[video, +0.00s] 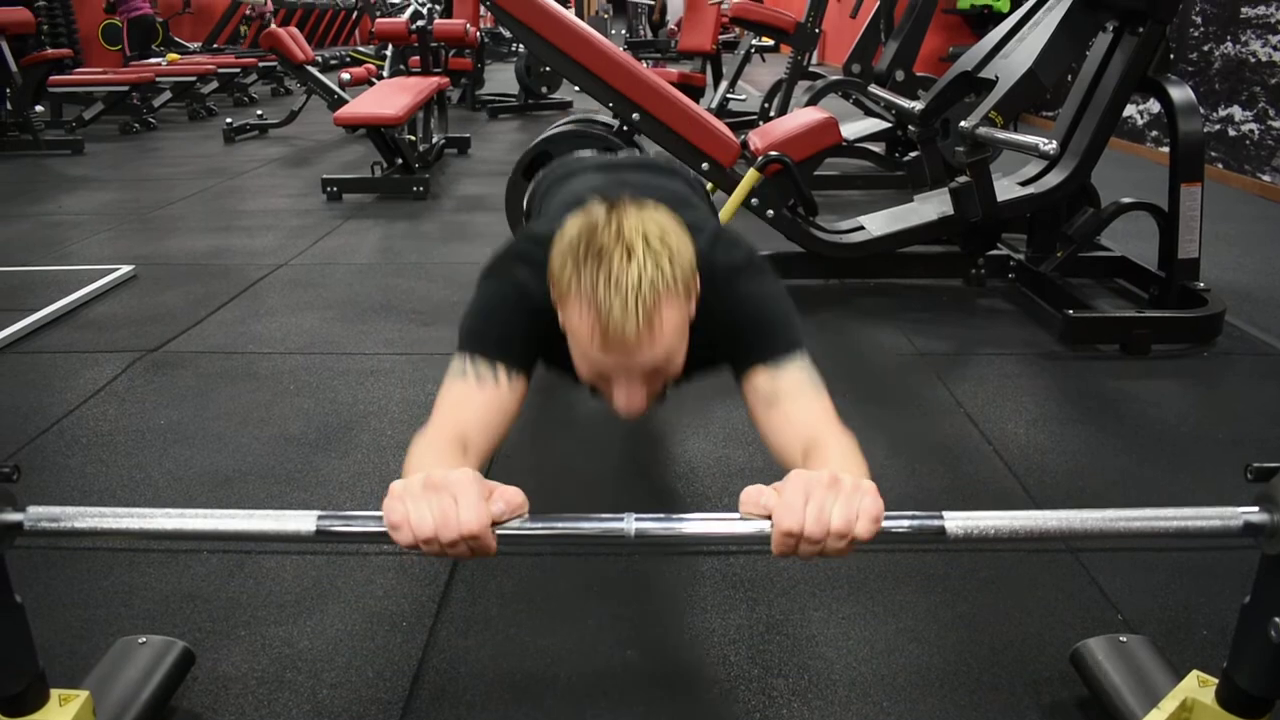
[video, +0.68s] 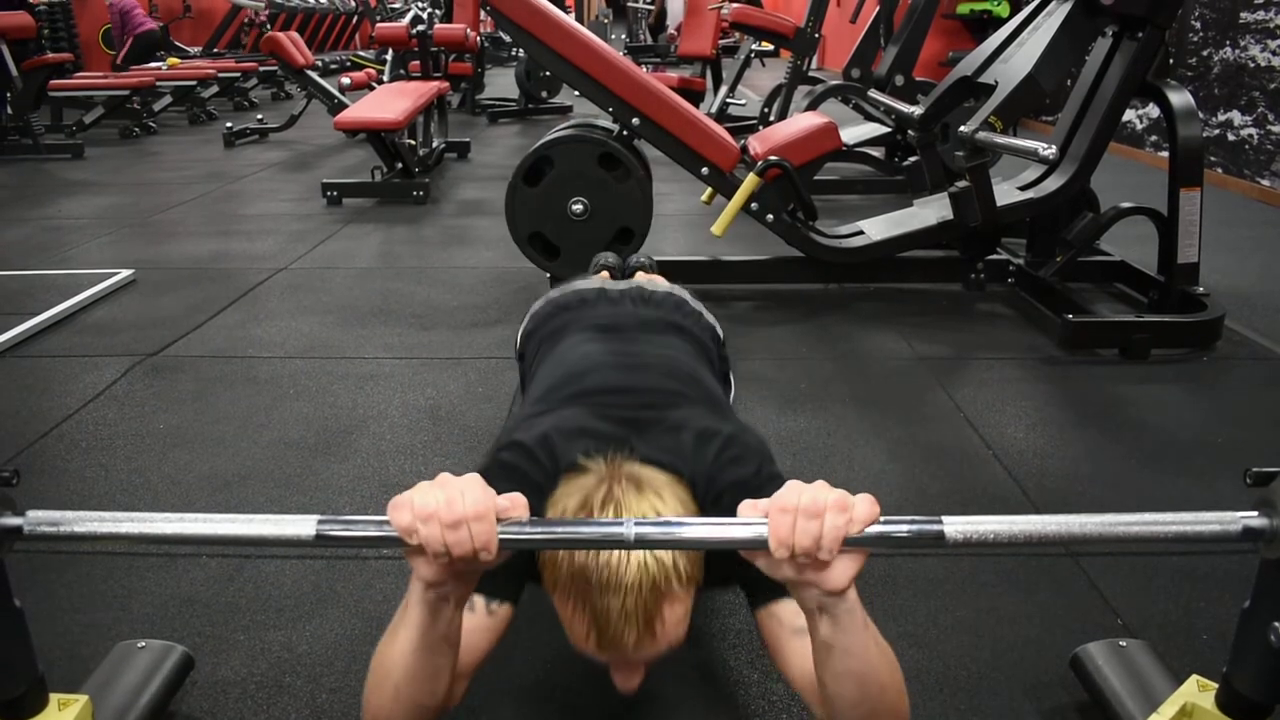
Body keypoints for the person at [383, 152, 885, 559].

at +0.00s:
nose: (629, 404)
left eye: (655, 373)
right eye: (601, 376)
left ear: (691, 300)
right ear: (561, 312)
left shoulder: (738, 277)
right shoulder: (519, 281)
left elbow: (821, 437)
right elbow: (453, 432)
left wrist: (830, 488)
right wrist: (439, 486)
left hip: (673, 173)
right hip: (559, 166)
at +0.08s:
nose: (630, 443)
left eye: (655, 415)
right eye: (603, 418)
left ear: (691, 342)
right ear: (562, 355)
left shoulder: (736, 308)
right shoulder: (518, 313)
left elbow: (820, 473)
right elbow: (447, 475)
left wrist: (822, 503)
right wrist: (444, 500)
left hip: (677, 196)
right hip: (564, 195)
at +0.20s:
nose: (628, 502)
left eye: (654, 474)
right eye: (602, 477)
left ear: (692, 393)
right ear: (558, 409)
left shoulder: (737, 351)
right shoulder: (514, 356)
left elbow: (856, 583)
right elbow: (432, 586)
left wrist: (826, 552)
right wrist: (441, 541)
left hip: (677, 221)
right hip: (561, 221)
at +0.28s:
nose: (629, 521)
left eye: (653, 504)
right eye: (601, 506)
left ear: (687, 427)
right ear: (556, 447)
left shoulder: (739, 383)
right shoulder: (509, 385)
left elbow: (854, 615)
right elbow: (420, 615)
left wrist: (824, 567)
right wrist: (442, 555)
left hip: (678, 238)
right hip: (559, 239)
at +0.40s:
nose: (627, 591)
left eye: (652, 557)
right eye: (599, 562)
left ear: (694, 479)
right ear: (546, 500)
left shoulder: (740, 424)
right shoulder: (509, 423)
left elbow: (858, 658)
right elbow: (410, 654)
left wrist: (829, 587)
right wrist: (440, 572)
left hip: (679, 256)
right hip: (558, 258)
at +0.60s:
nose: (629, 661)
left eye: (657, 630)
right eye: (600, 633)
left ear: (696, 550)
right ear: (553, 558)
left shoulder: (744, 475)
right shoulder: (511, 477)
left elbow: (872, 705)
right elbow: (403, 703)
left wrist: (832, 598)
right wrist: (438, 583)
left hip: (681, 292)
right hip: (558, 294)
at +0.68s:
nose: (627, 685)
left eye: (655, 658)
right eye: (599, 658)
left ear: (694, 576)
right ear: (550, 582)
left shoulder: (747, 501)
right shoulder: (511, 502)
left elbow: (866, 710)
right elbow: (401, 707)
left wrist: (834, 602)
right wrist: (434, 588)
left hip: (681, 309)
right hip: (555, 310)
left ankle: (647, 274)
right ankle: (596, 275)